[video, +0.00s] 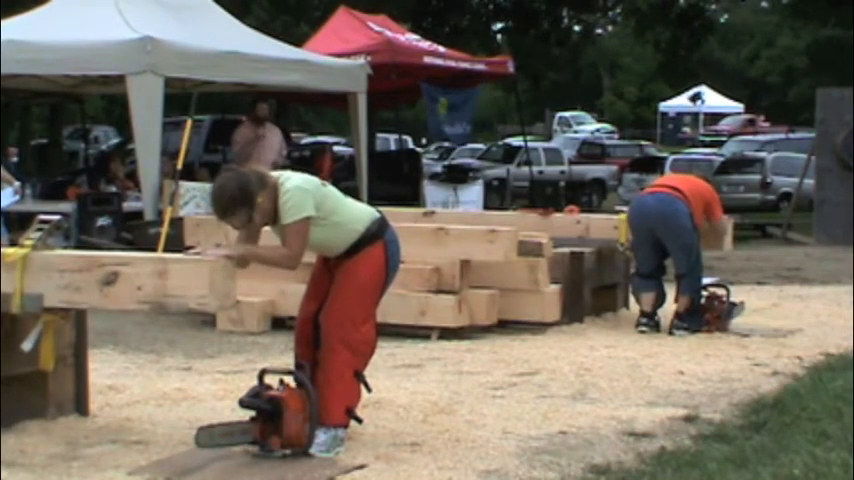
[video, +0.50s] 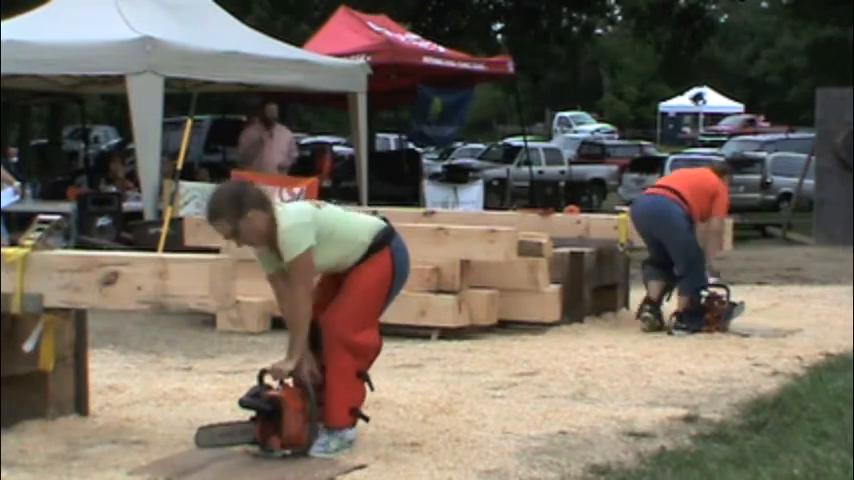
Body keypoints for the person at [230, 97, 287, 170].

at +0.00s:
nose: (262, 113)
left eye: (265, 110)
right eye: (260, 109)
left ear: (269, 112)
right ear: (253, 111)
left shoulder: (275, 131)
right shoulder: (243, 130)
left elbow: (283, 153)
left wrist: (276, 163)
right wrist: (254, 140)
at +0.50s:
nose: (272, 116)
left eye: (274, 112)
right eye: (269, 112)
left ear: (277, 114)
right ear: (262, 113)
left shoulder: (285, 133)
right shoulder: (250, 132)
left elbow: (293, 154)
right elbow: (243, 157)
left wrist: (284, 165)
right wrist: (258, 143)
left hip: (277, 178)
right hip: (253, 177)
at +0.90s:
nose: (279, 122)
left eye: (282, 119)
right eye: (276, 119)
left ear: (286, 118)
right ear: (271, 118)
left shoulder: (295, 133)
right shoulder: (259, 133)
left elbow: (304, 154)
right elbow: (250, 160)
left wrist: (294, 166)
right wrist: (264, 149)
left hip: (287, 180)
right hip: (263, 179)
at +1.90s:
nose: (270, 119)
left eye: (273, 116)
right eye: (268, 116)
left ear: (277, 115)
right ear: (263, 115)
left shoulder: (285, 131)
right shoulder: (251, 130)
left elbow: (294, 152)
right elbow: (241, 155)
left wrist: (287, 164)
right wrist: (257, 146)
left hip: (278, 177)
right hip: (254, 176)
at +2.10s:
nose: (266, 119)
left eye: (268, 116)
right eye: (263, 115)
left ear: (272, 115)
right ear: (257, 114)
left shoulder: (279, 132)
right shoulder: (246, 131)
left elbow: (288, 152)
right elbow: (236, 156)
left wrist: (282, 165)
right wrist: (252, 147)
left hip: (273, 177)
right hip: (249, 177)